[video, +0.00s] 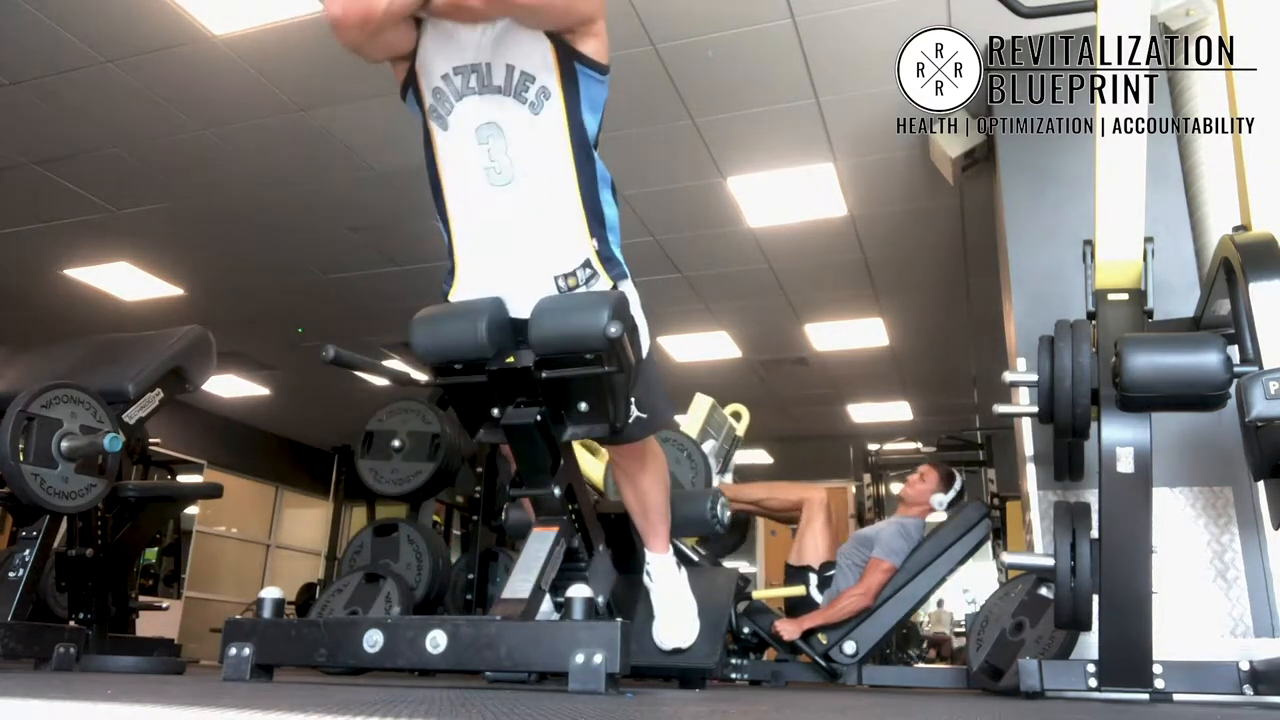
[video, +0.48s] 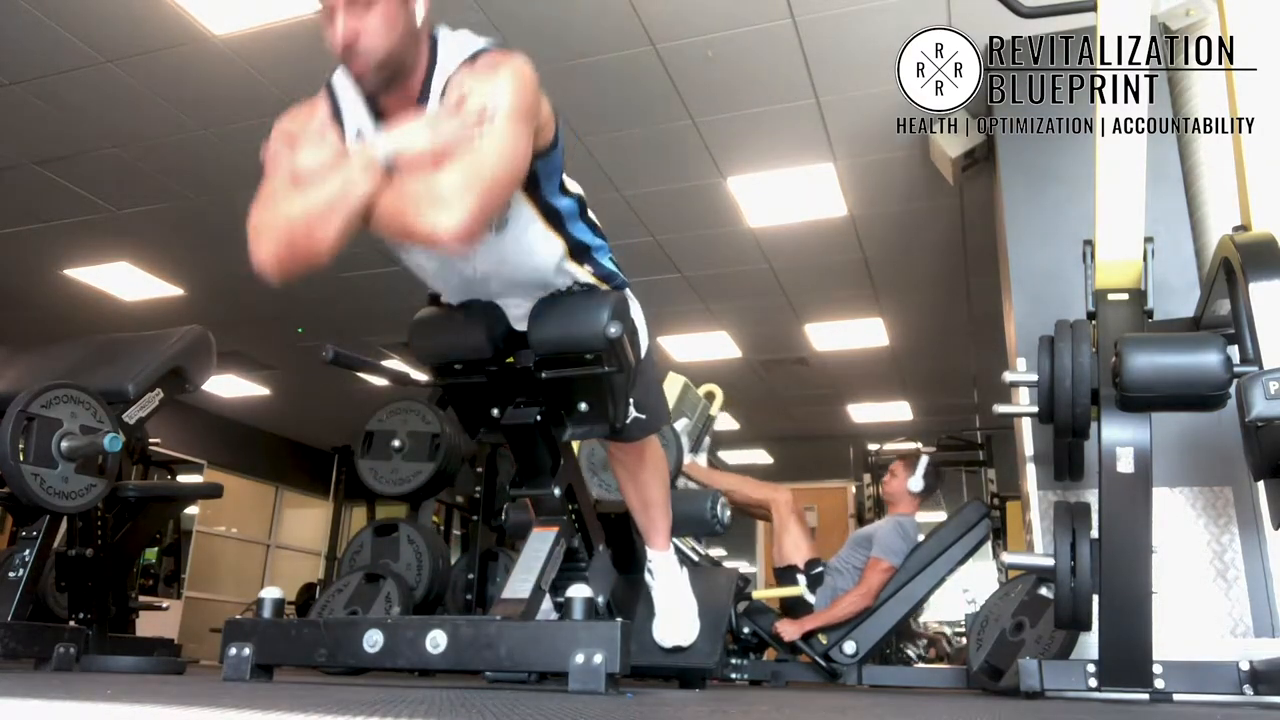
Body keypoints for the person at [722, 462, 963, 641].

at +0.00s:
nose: (910, 478)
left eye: (922, 479)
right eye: (916, 473)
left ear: (935, 501)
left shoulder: (900, 531)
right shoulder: (902, 525)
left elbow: (864, 595)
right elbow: (865, 592)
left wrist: (801, 623)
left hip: (815, 606)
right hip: (820, 599)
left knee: (817, 498)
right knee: (813, 502)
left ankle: (720, 490)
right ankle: (727, 499)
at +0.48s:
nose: (884, 480)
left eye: (893, 475)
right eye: (888, 474)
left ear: (912, 487)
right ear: (911, 490)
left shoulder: (895, 529)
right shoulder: (902, 527)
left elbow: (864, 597)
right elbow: (867, 593)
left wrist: (802, 625)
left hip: (814, 600)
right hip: (819, 595)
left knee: (781, 497)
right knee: (783, 505)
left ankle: (689, 466)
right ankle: (714, 490)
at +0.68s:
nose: (874, 484)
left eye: (879, 477)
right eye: (876, 477)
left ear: (898, 482)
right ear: (903, 483)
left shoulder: (893, 528)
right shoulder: (897, 527)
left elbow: (873, 597)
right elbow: (873, 594)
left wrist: (807, 616)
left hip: (814, 601)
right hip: (818, 597)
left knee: (757, 504)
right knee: (758, 506)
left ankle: (677, 461)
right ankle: (688, 466)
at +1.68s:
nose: (868, 490)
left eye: (869, 481)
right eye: (868, 482)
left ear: (882, 479)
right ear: (899, 481)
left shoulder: (890, 525)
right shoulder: (897, 524)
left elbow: (866, 591)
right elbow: (868, 591)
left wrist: (819, 641)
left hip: (814, 618)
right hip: (820, 613)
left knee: (779, 504)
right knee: (781, 506)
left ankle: (687, 467)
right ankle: (698, 475)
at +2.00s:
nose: (868, 490)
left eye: (869, 483)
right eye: (868, 483)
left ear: (879, 481)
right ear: (903, 482)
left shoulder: (889, 527)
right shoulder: (898, 525)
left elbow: (866, 592)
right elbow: (867, 591)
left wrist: (819, 641)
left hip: (814, 616)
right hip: (821, 611)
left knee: (798, 496)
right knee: (801, 505)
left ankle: (702, 479)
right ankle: (724, 497)